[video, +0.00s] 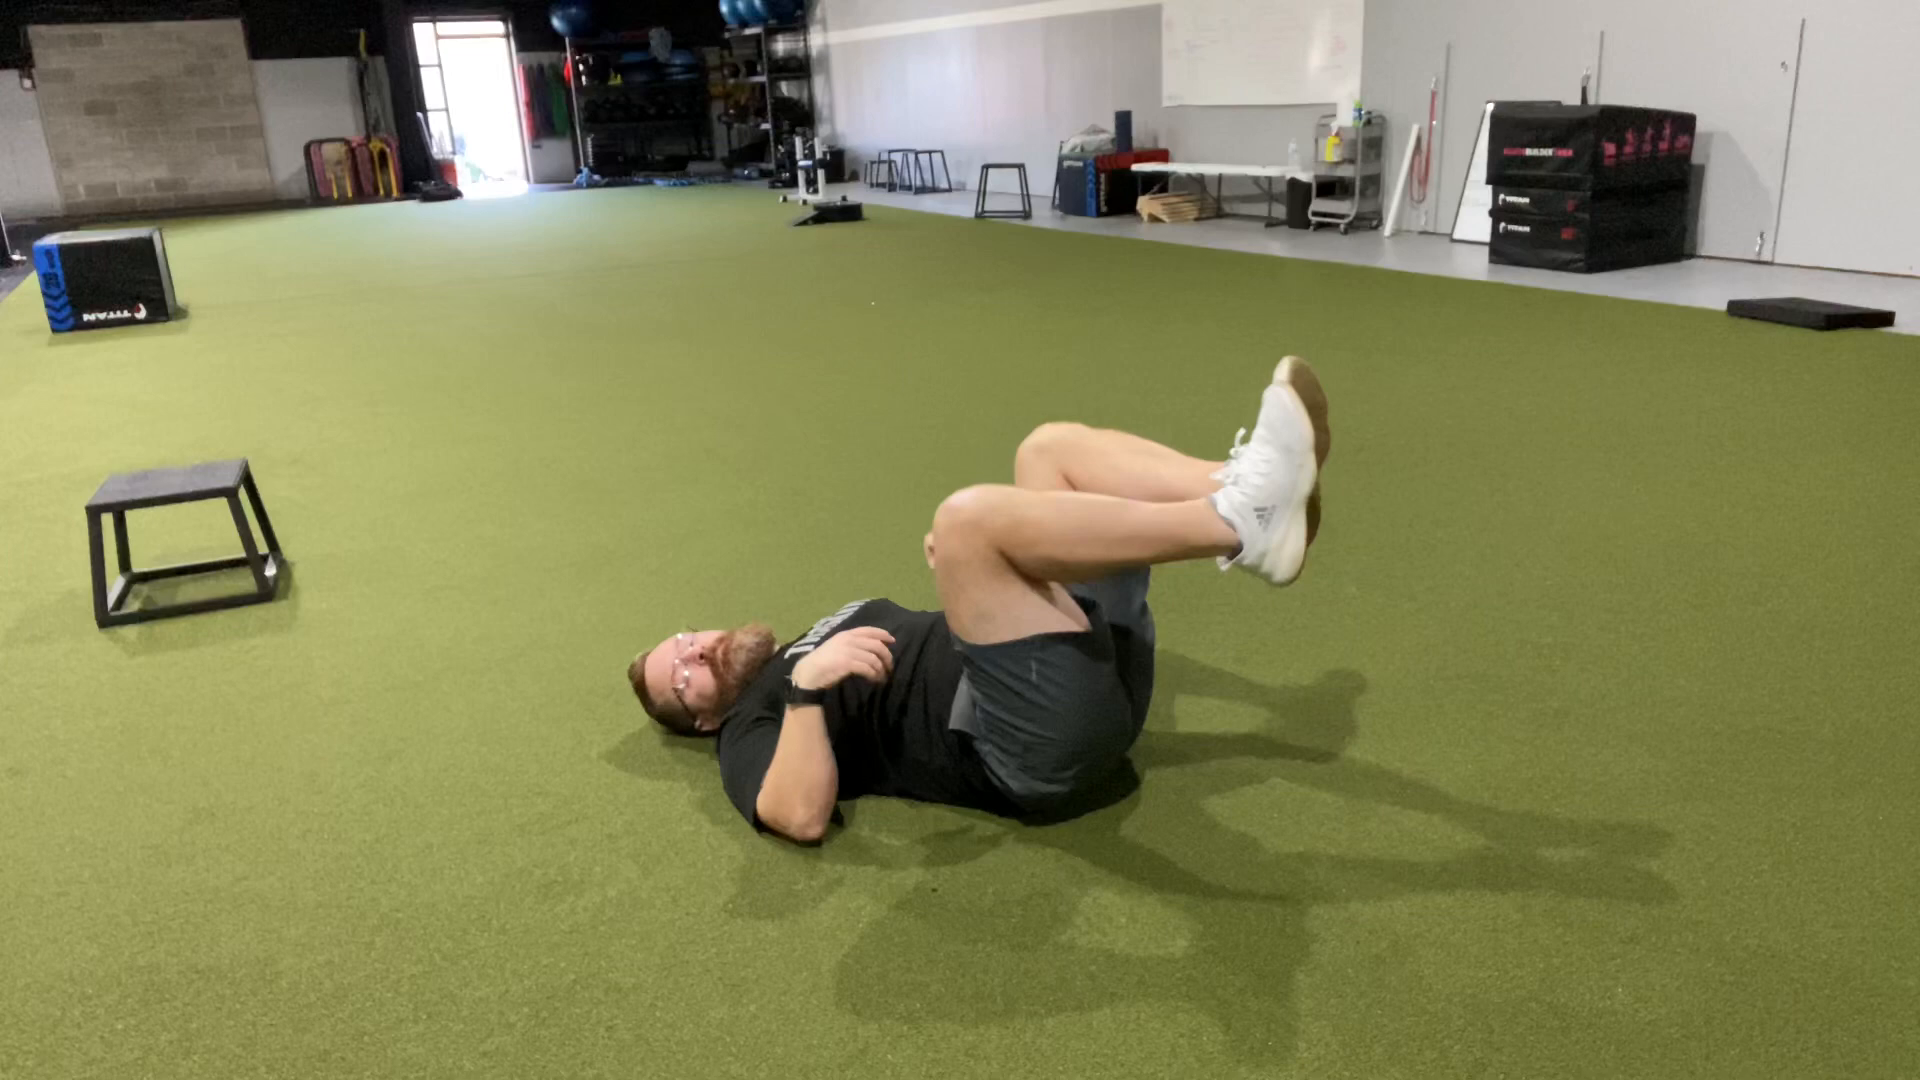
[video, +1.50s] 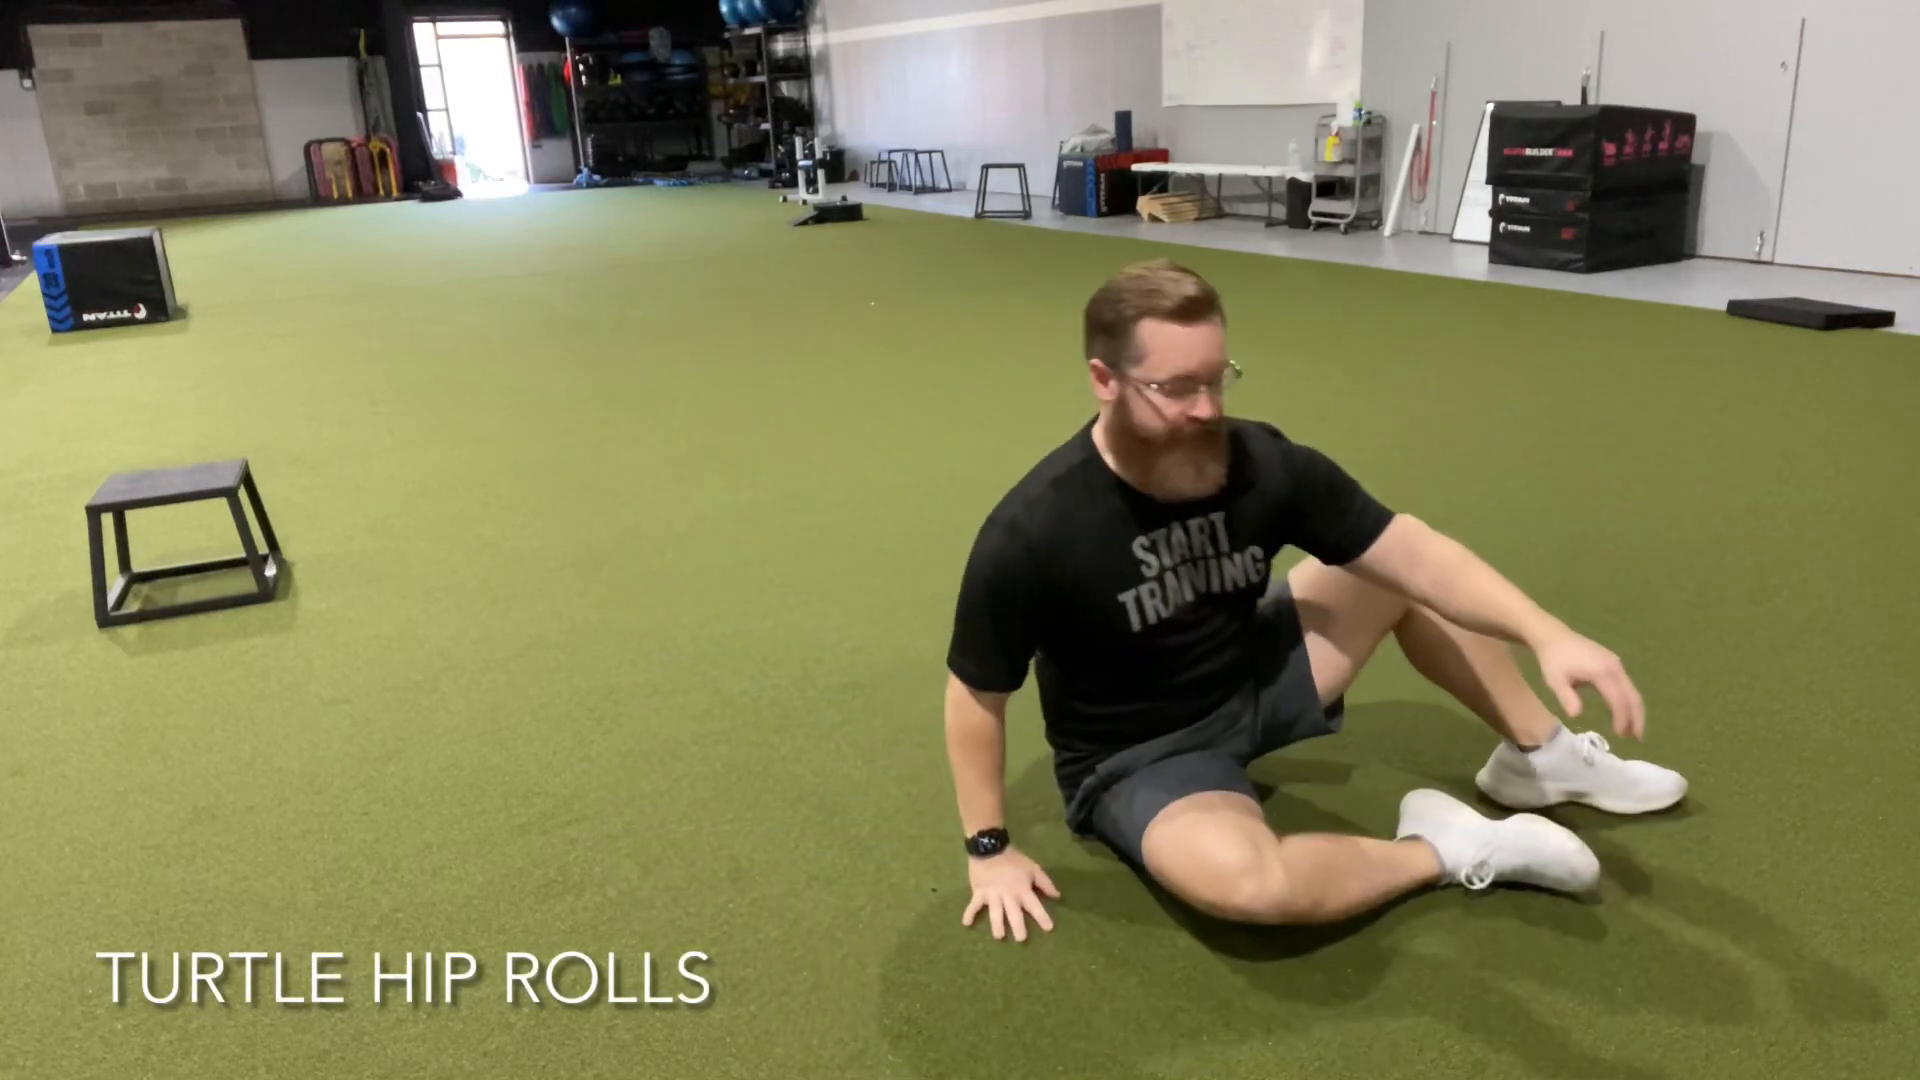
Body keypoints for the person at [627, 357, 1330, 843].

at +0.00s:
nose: (698, 649)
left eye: (689, 642)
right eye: (685, 675)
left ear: (722, 626)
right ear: (704, 713)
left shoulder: (838, 625)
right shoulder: (753, 738)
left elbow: (946, 637)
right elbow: (798, 818)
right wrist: (805, 691)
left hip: (1089, 678)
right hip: (1031, 746)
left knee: (1050, 447)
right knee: (961, 524)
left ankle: (1247, 506)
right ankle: (1235, 522)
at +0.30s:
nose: (728, 597)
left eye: (720, 583)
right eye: (706, 616)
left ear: (749, 580)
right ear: (707, 660)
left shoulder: (853, 612)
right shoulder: (753, 711)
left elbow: (969, 583)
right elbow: (798, 750)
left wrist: (1009, 506)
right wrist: (856, 684)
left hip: (1037, 642)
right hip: (1006, 730)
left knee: (1099, 424)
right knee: (1065, 541)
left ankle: (1313, 513)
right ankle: (1330, 582)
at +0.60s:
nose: (828, 513)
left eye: (827, 493)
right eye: (798, 511)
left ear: (841, 493)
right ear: (757, 545)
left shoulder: (904, 540)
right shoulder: (792, 647)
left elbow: (1030, 513)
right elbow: (892, 680)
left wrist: (1139, 472)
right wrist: (1004, 647)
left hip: (1079, 649)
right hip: (1030, 744)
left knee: (1232, 500)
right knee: (1177, 685)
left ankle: (1457, 626)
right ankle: (1436, 720)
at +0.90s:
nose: (963, 431)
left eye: (970, 408)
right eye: (934, 420)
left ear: (987, 400)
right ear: (883, 437)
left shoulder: (1030, 473)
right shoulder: (885, 566)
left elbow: (1175, 507)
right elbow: (906, 728)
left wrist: (1310, 528)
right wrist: (1050, 798)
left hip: (1140, 654)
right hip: (1071, 747)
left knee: (1332, 567)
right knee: (1216, 788)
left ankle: (1517, 740)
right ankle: (1441, 832)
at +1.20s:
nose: (1098, 405)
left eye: (1109, 380)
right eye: (1069, 389)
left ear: (1127, 370)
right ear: (1014, 400)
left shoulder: (1168, 466)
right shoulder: (975, 549)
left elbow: (1311, 533)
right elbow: (909, 706)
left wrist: (1446, 592)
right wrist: (989, 843)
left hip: (1204, 668)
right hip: (1109, 754)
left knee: (1365, 568)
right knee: (1248, 830)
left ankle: (1538, 747)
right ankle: (1451, 845)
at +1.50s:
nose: (1207, 409)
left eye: (1217, 381)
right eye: (1178, 389)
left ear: (1227, 366)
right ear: (1104, 383)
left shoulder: (1261, 463)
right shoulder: (1034, 532)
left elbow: (1407, 549)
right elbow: (975, 692)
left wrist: (1548, 632)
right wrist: (987, 848)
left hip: (1254, 669)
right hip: (1142, 748)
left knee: (1394, 566)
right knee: (1243, 884)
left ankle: (1537, 751)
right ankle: (1445, 846)